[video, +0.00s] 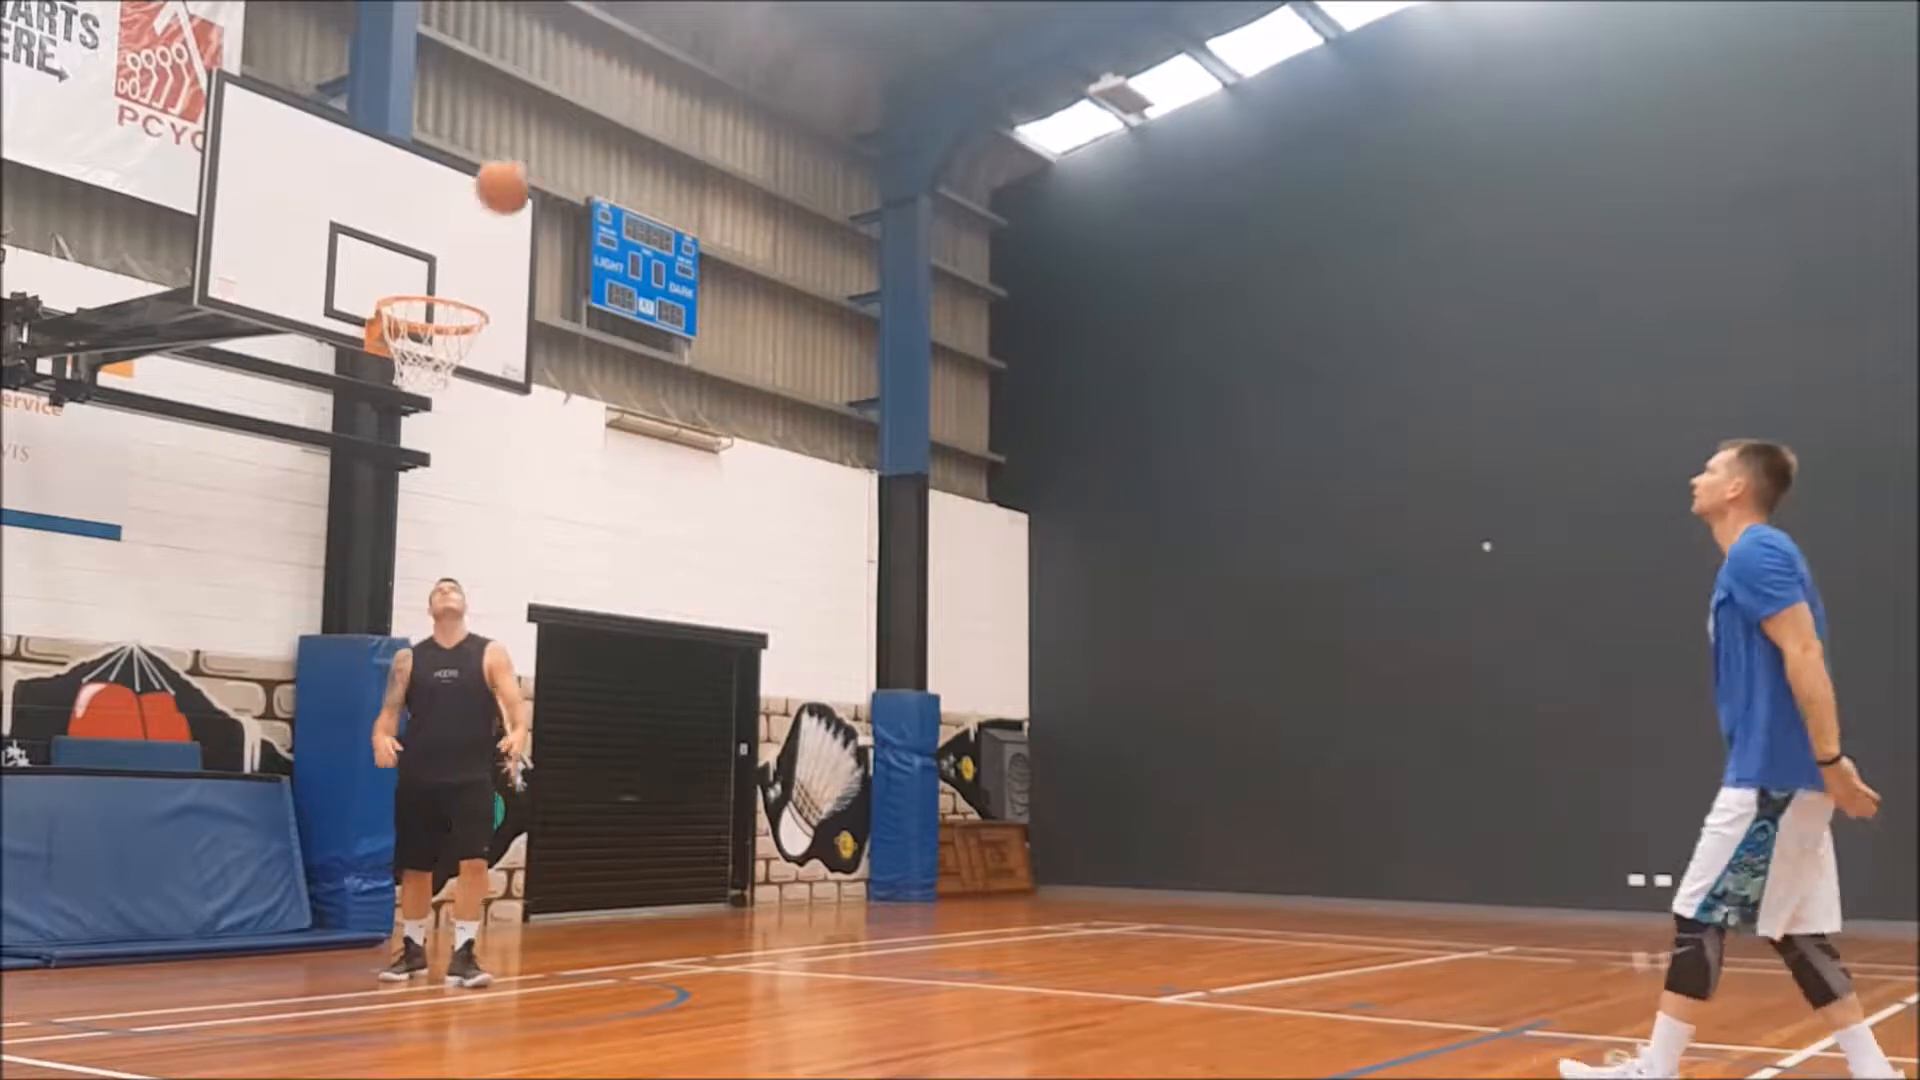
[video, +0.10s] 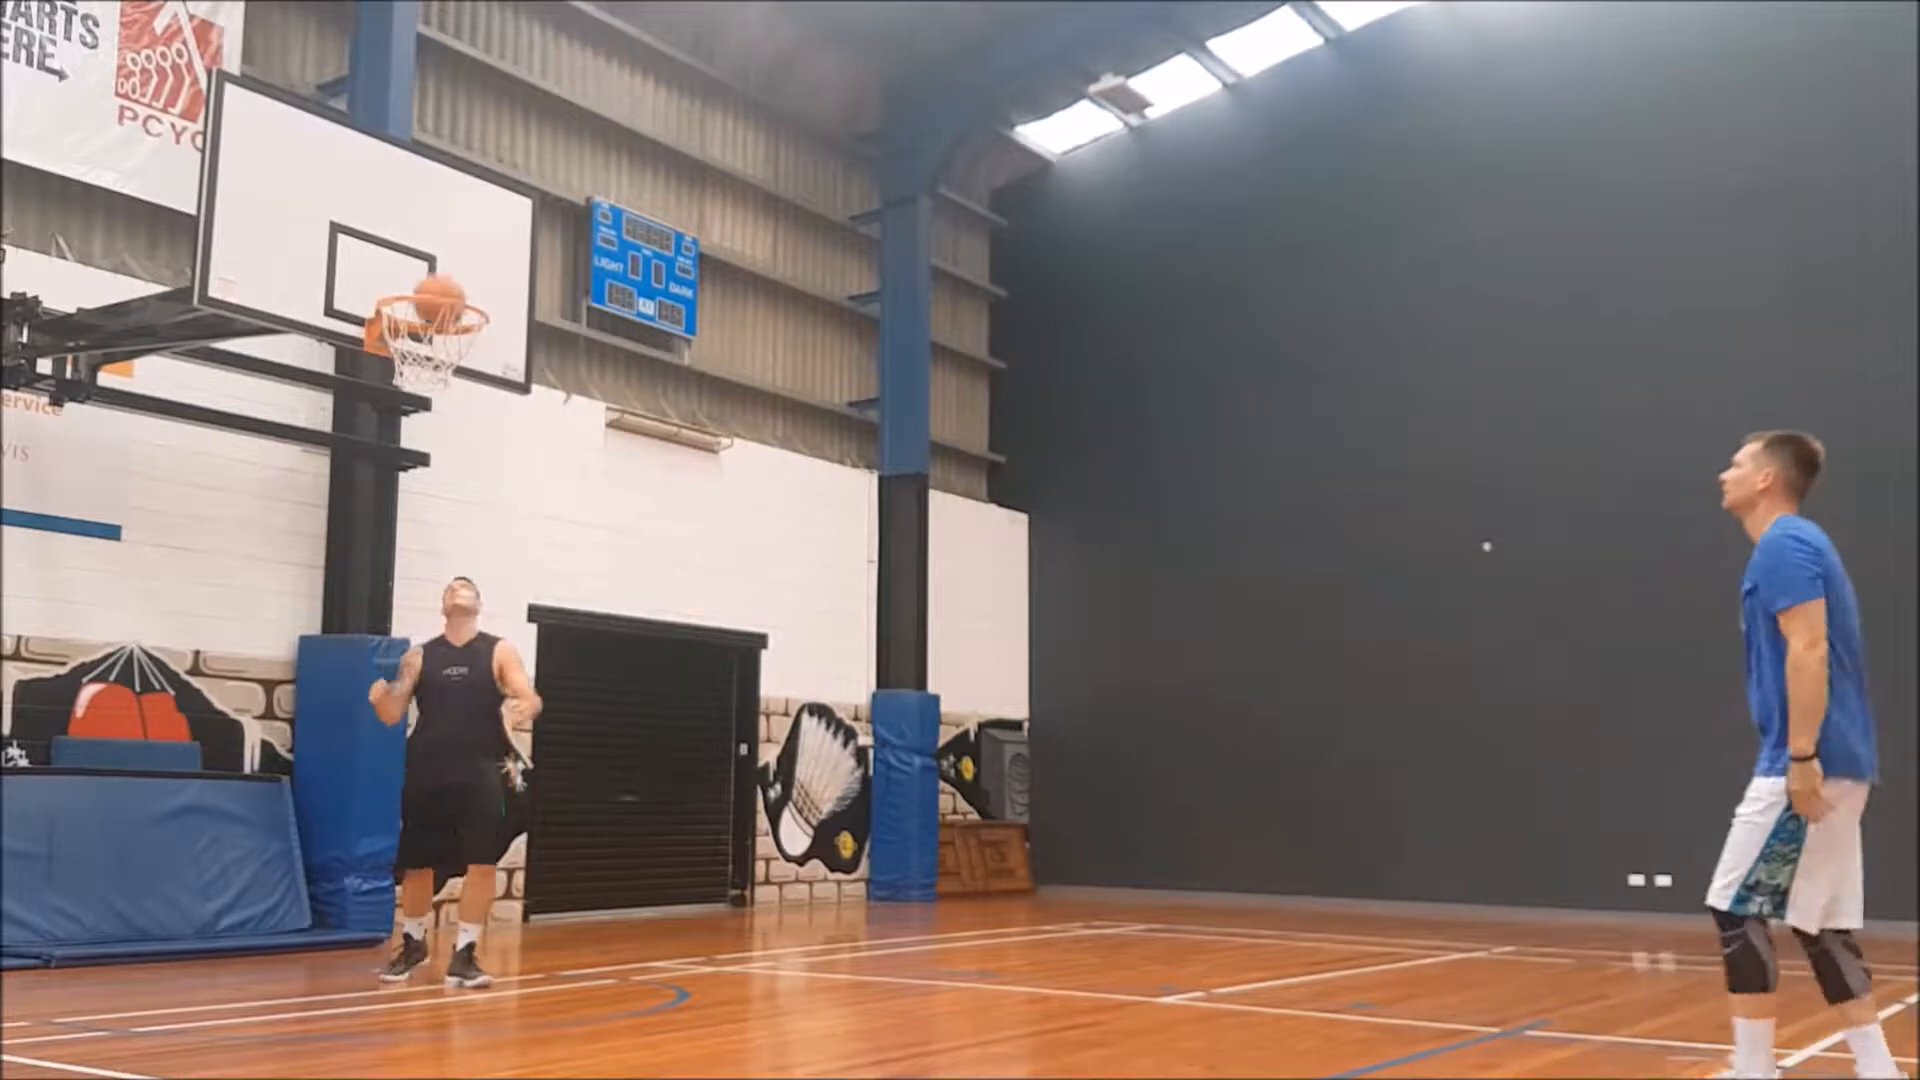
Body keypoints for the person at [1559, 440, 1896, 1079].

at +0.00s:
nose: (1695, 480)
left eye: (1708, 470)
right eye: (1703, 470)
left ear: (1736, 488)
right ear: (1744, 491)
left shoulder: (1753, 553)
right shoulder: (1771, 555)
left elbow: (1804, 653)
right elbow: (1810, 658)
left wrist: (1832, 762)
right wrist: (1831, 770)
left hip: (1765, 778)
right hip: (1795, 778)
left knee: (1698, 918)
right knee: (1798, 930)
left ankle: (1656, 1065)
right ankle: (1873, 1067)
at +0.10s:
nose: (1722, 476)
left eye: (1735, 465)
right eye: (1729, 465)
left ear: (1766, 479)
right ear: (1774, 481)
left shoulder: (1783, 545)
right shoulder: (1806, 544)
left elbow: (1809, 648)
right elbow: (1822, 651)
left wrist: (1801, 757)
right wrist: (1802, 759)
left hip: (1799, 766)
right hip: (1838, 765)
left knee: (1735, 906)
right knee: (1822, 921)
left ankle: (1752, 1067)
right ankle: (1879, 1068)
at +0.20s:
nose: (1754, 471)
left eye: (1765, 460)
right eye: (1760, 459)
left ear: (1796, 473)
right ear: (1805, 476)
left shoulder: (1808, 538)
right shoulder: (1835, 539)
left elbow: (1809, 644)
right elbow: (1833, 654)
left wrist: (1765, 744)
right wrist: (1786, 752)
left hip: (1840, 757)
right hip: (1869, 757)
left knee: (1785, 909)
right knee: (1847, 920)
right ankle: (1881, 1063)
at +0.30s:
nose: (1785, 468)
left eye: (1796, 457)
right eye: (1791, 457)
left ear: (1829, 469)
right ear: (1836, 472)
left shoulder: (1835, 536)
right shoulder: (1861, 537)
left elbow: (1810, 643)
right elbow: (1856, 666)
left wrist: (1741, 729)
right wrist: (1816, 757)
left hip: (1872, 766)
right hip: (1877, 763)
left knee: (1859, 925)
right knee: (1875, 926)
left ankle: (1883, 1068)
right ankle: (1883, 1065)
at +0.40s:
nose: (1816, 467)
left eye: (1829, 456)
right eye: (1821, 456)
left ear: (1864, 468)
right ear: (1871, 471)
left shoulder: (1863, 533)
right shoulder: (1893, 534)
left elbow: (1821, 642)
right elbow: (1891, 664)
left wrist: (1740, 714)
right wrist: (1853, 762)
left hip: (1885, 769)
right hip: (1886, 767)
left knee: (1884, 926)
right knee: (1880, 924)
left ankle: (1887, 1067)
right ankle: (1886, 1066)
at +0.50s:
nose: (1845, 468)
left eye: (1857, 457)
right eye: (1851, 457)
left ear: (1892, 468)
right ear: (1896, 470)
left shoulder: (1892, 538)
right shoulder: (1903, 535)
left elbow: (1858, 646)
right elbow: (1872, 651)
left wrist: (1762, 707)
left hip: (1904, 777)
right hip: (1901, 774)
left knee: (1892, 930)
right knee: (1892, 929)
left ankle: (1889, 1069)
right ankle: (1889, 1066)